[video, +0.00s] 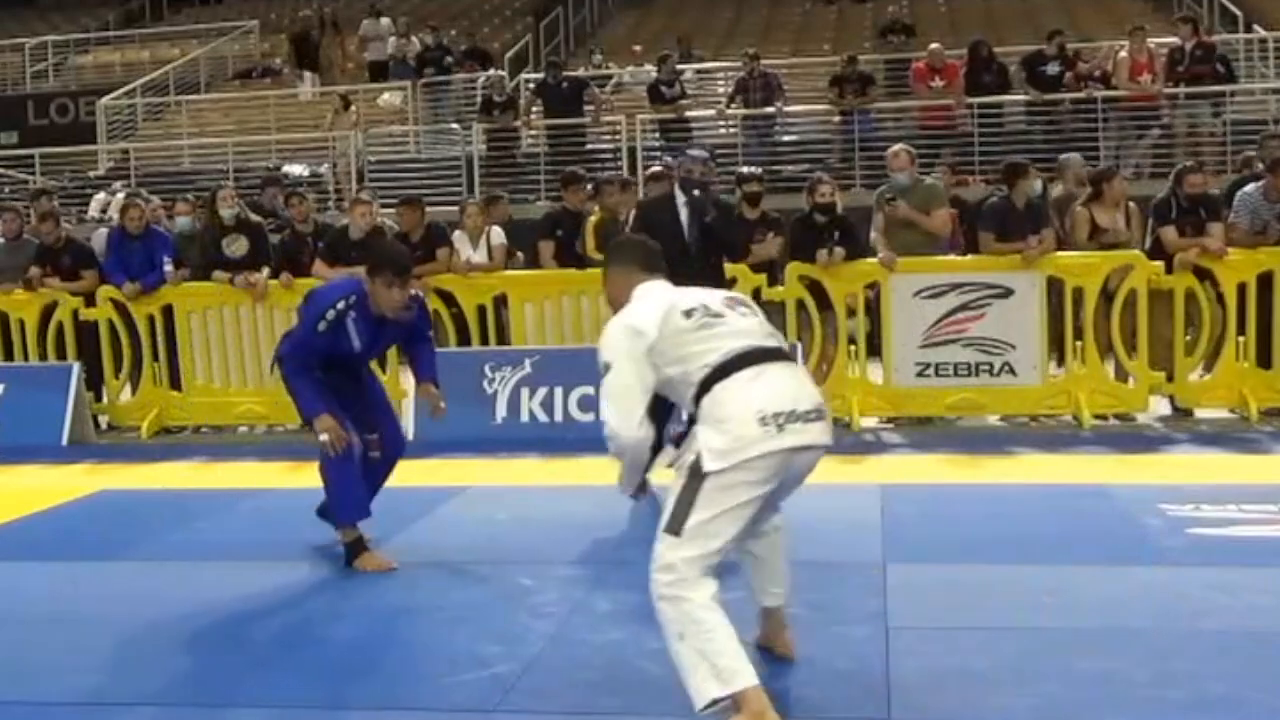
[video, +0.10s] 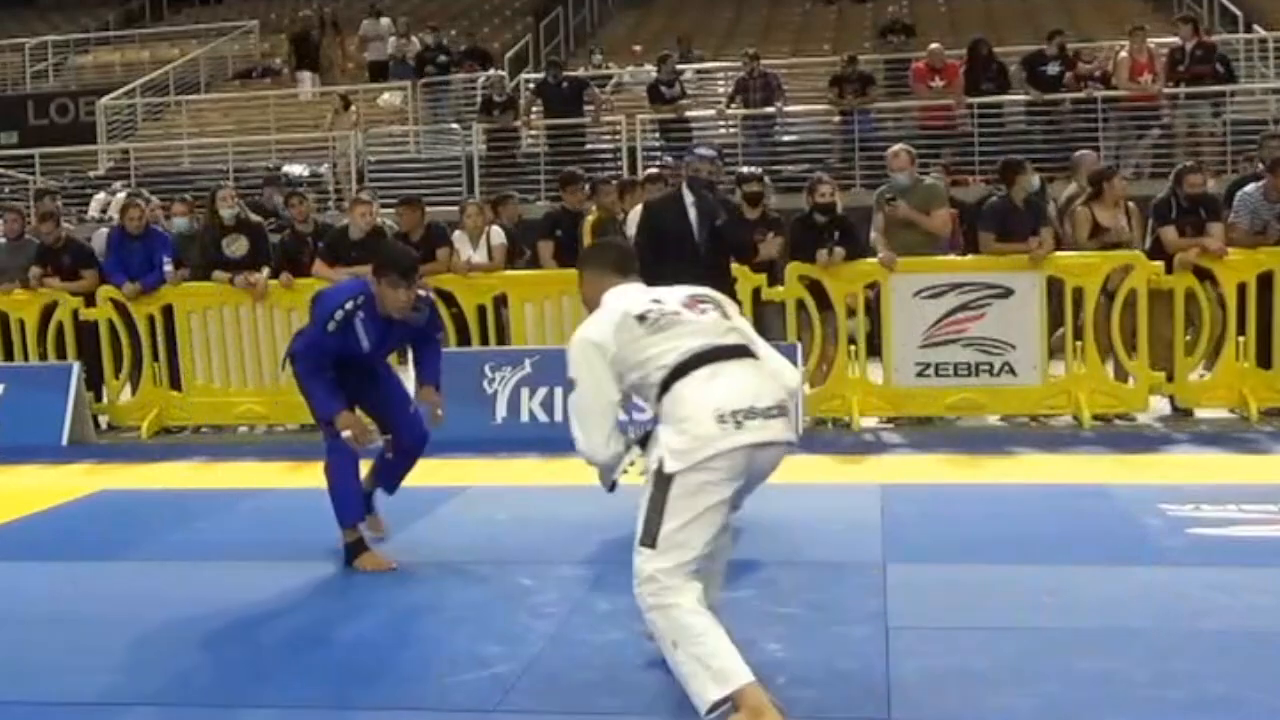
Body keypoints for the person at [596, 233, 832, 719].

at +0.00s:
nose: (609, 298)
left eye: (608, 287)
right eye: (607, 288)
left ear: (622, 281)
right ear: (659, 273)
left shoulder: (627, 324)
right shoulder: (719, 297)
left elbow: (629, 432)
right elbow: (764, 364)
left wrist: (633, 478)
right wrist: (694, 450)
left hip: (742, 431)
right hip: (810, 420)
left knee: (678, 573)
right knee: (761, 516)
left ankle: (751, 706)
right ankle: (776, 630)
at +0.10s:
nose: (585, 297)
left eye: (583, 289)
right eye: (583, 290)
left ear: (590, 285)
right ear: (635, 273)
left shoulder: (594, 332)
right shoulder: (703, 298)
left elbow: (600, 448)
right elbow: (787, 374)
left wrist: (619, 452)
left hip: (704, 432)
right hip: (773, 421)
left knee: (661, 581)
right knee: (715, 520)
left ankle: (751, 705)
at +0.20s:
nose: (569, 301)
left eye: (567, 294)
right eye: (570, 295)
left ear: (573, 289)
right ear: (620, 279)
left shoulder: (569, 333)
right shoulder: (684, 300)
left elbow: (567, 446)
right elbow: (759, 374)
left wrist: (600, 469)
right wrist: (747, 445)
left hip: (662, 437)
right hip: (730, 434)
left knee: (642, 579)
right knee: (645, 532)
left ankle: (747, 700)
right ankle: (618, 641)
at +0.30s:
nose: (564, 307)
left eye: (563, 302)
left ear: (565, 300)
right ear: (613, 293)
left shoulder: (551, 335)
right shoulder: (666, 316)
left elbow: (530, 440)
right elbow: (735, 400)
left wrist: (558, 482)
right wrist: (718, 462)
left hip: (615, 436)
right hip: (686, 433)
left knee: (598, 575)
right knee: (641, 538)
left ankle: (698, 677)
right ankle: (618, 644)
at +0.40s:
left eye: (551, 305)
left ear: (551, 304)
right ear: (600, 299)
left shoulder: (530, 335)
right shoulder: (644, 324)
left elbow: (493, 423)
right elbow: (704, 432)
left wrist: (521, 480)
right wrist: (672, 471)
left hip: (582, 434)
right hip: (652, 432)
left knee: (561, 560)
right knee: (628, 536)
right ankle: (616, 649)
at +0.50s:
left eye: (529, 290)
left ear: (528, 293)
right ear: (577, 294)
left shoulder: (502, 321)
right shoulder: (616, 317)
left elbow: (462, 392)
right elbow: (664, 416)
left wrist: (480, 476)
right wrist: (635, 458)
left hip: (551, 423)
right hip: (627, 422)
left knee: (516, 556)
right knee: (614, 530)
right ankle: (612, 645)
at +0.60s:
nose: (480, 284)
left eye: (486, 275)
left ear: (493, 276)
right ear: (547, 275)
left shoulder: (468, 310)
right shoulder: (592, 310)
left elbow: (430, 383)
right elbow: (643, 411)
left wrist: (448, 466)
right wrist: (611, 459)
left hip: (518, 426)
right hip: (600, 424)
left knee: (479, 564)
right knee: (592, 524)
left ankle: (478, 704)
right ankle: (607, 642)